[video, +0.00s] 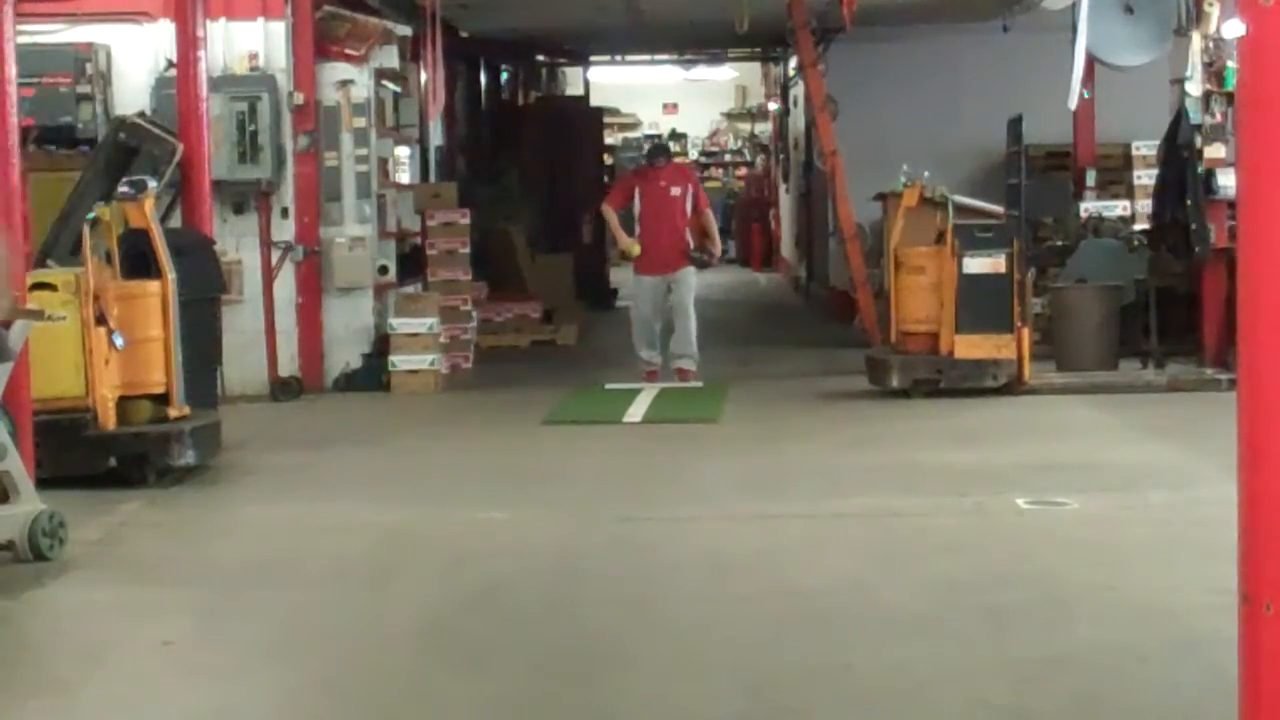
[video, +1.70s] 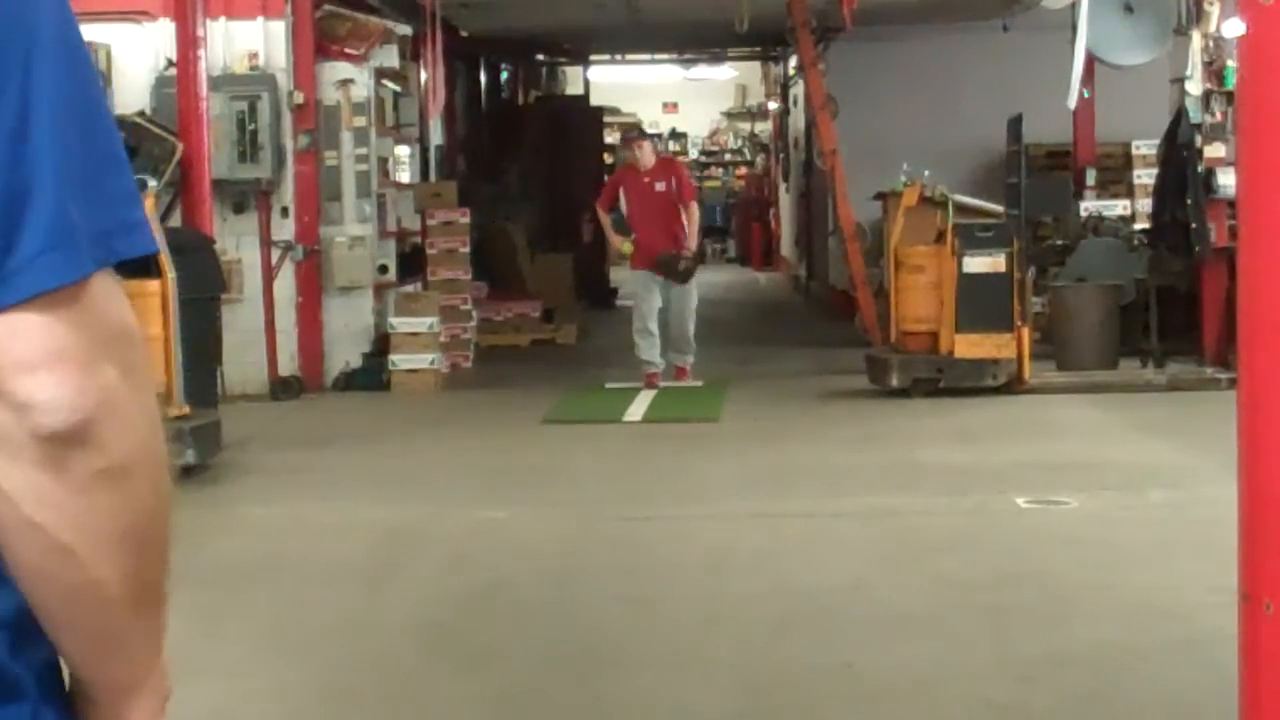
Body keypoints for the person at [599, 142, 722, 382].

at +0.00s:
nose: (657, 166)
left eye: (661, 160)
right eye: (652, 161)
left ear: (669, 156)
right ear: (645, 159)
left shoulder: (686, 176)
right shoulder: (635, 178)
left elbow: (704, 211)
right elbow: (608, 207)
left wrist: (715, 241)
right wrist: (622, 238)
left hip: (681, 261)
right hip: (647, 263)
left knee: (684, 311)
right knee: (645, 315)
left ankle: (685, 364)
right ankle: (650, 364)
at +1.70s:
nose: (638, 154)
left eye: (641, 147)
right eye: (632, 149)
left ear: (651, 146)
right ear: (626, 152)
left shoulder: (673, 169)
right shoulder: (622, 176)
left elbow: (691, 206)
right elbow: (601, 206)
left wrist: (691, 245)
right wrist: (613, 237)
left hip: (677, 256)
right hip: (644, 259)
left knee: (682, 315)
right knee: (645, 315)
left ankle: (683, 364)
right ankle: (650, 367)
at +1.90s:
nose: (638, 149)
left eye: (642, 143)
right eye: (632, 145)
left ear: (652, 142)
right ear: (627, 148)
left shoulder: (672, 168)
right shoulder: (624, 174)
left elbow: (677, 208)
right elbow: (603, 206)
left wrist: (654, 239)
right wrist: (613, 240)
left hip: (676, 255)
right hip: (642, 256)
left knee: (682, 311)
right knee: (644, 313)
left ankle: (683, 363)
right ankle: (650, 368)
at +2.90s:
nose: (655, 159)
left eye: (659, 153)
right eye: (650, 154)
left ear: (668, 150)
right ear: (645, 155)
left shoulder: (685, 176)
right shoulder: (640, 173)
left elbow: (682, 220)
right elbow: (629, 199)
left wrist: (647, 236)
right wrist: (629, 203)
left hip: (685, 258)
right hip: (653, 256)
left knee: (685, 314)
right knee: (652, 310)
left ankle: (682, 363)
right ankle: (652, 364)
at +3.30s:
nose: (659, 163)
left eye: (663, 157)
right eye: (654, 158)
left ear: (673, 153)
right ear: (648, 157)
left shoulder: (689, 178)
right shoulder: (643, 173)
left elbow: (690, 223)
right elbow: (631, 194)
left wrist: (657, 238)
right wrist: (634, 205)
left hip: (691, 256)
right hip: (659, 255)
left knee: (689, 313)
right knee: (658, 305)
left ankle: (682, 362)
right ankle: (654, 357)